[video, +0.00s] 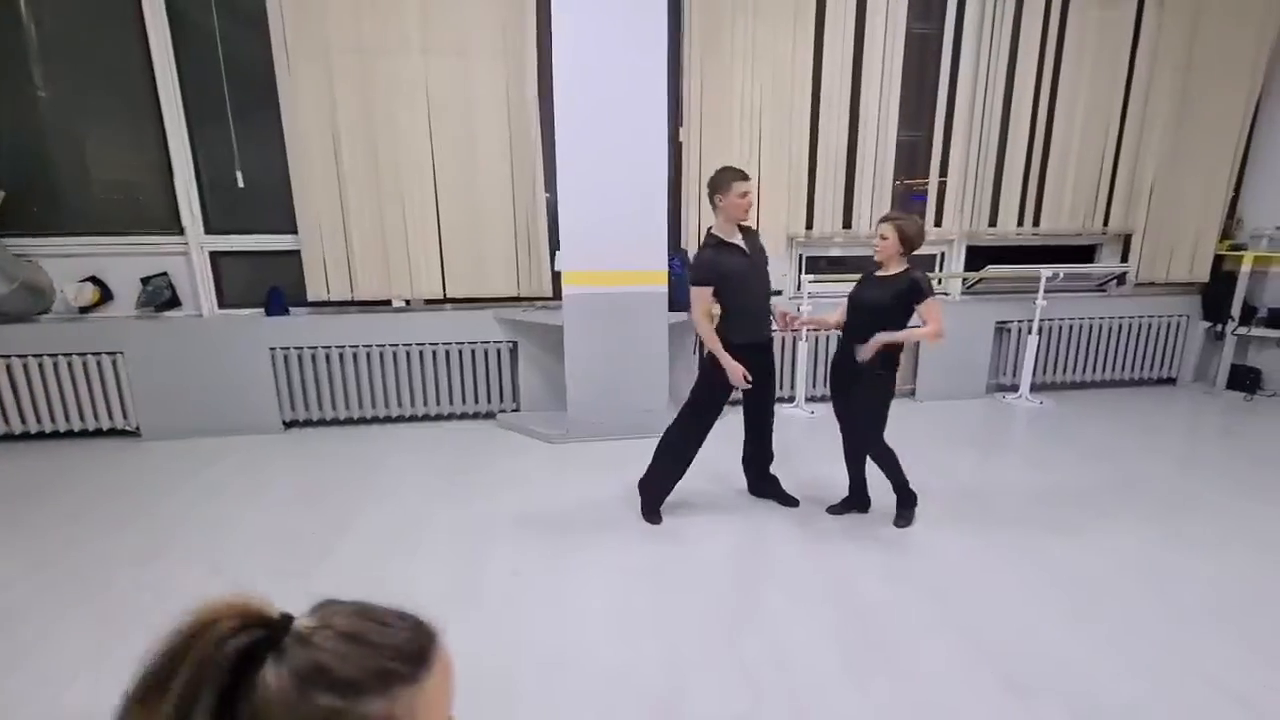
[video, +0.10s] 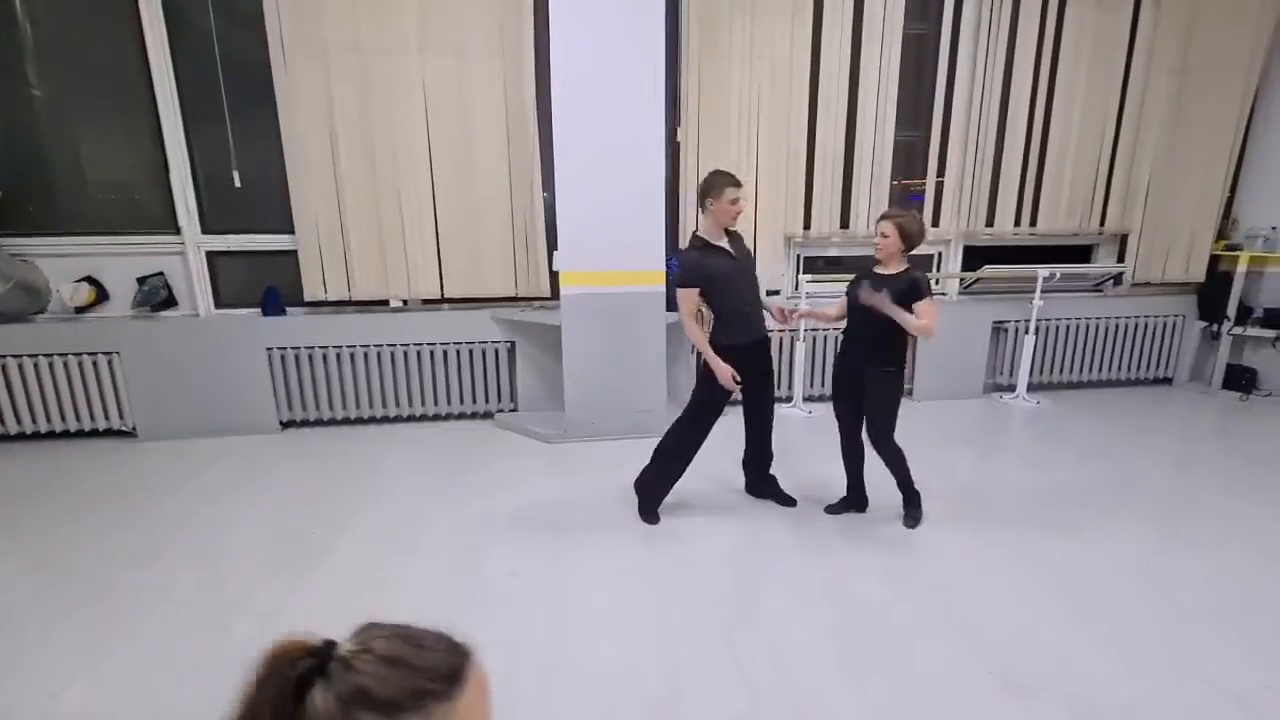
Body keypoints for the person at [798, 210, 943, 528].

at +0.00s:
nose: (876, 243)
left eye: (883, 238)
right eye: (876, 237)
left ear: (902, 245)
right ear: (882, 241)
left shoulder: (914, 280)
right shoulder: (871, 275)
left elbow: (935, 330)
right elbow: (844, 319)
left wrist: (882, 338)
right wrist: (808, 320)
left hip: (878, 369)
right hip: (845, 363)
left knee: (870, 438)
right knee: (849, 433)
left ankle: (905, 496)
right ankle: (857, 495)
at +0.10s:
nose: (877, 241)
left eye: (884, 236)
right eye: (877, 235)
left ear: (904, 243)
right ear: (877, 239)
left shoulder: (913, 281)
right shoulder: (864, 277)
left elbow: (927, 328)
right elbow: (836, 315)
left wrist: (890, 308)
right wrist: (807, 312)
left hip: (885, 372)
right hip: (848, 367)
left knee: (879, 437)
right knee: (849, 434)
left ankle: (910, 497)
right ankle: (855, 495)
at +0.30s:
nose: (886, 241)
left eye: (894, 236)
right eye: (886, 236)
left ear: (914, 243)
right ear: (887, 239)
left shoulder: (926, 280)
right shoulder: (875, 278)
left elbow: (936, 316)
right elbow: (843, 308)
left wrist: (905, 288)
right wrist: (811, 300)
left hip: (913, 372)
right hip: (872, 368)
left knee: (913, 440)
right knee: (851, 431)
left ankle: (926, 499)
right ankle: (856, 495)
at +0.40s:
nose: (892, 245)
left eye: (899, 240)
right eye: (893, 239)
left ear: (920, 246)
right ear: (899, 244)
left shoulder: (937, 282)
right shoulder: (887, 280)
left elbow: (949, 312)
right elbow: (851, 310)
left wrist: (904, 302)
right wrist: (815, 302)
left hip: (924, 375)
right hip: (883, 370)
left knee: (916, 440)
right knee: (854, 429)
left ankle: (925, 501)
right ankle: (854, 495)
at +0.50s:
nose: (899, 247)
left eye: (906, 242)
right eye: (899, 241)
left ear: (927, 247)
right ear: (904, 245)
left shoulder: (946, 281)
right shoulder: (895, 283)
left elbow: (962, 310)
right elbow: (857, 311)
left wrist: (926, 320)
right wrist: (818, 305)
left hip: (934, 376)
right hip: (894, 370)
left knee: (920, 441)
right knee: (858, 425)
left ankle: (922, 503)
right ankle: (850, 491)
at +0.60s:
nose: (903, 247)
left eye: (910, 242)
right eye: (903, 241)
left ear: (931, 246)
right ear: (907, 244)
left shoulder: (952, 282)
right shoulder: (898, 284)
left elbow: (977, 305)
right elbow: (859, 307)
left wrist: (969, 327)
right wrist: (820, 303)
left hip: (945, 374)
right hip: (906, 366)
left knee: (922, 438)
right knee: (863, 417)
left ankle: (920, 500)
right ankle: (851, 485)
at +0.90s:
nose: (903, 246)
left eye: (910, 241)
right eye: (901, 240)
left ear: (931, 245)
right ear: (903, 244)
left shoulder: (952, 283)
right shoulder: (890, 284)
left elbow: (1005, 301)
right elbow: (845, 301)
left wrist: (1058, 317)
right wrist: (801, 300)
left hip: (953, 370)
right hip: (913, 367)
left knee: (923, 431)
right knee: (887, 427)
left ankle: (915, 498)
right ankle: (868, 496)